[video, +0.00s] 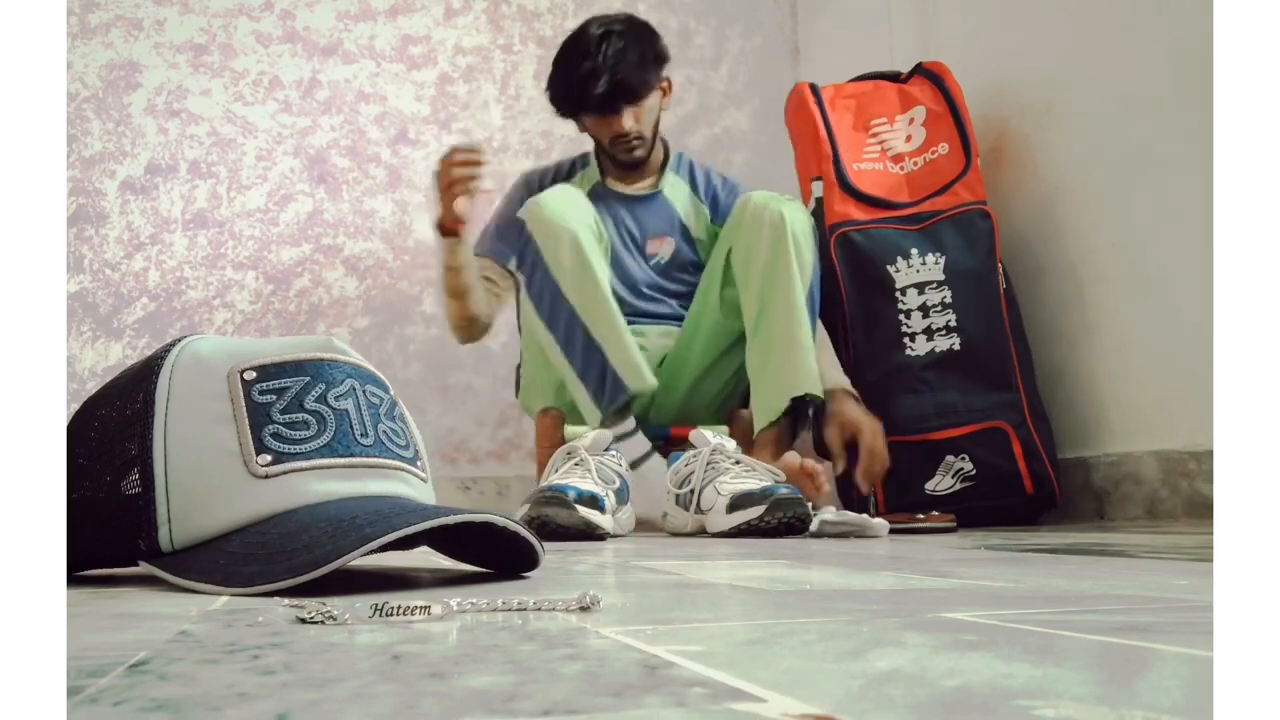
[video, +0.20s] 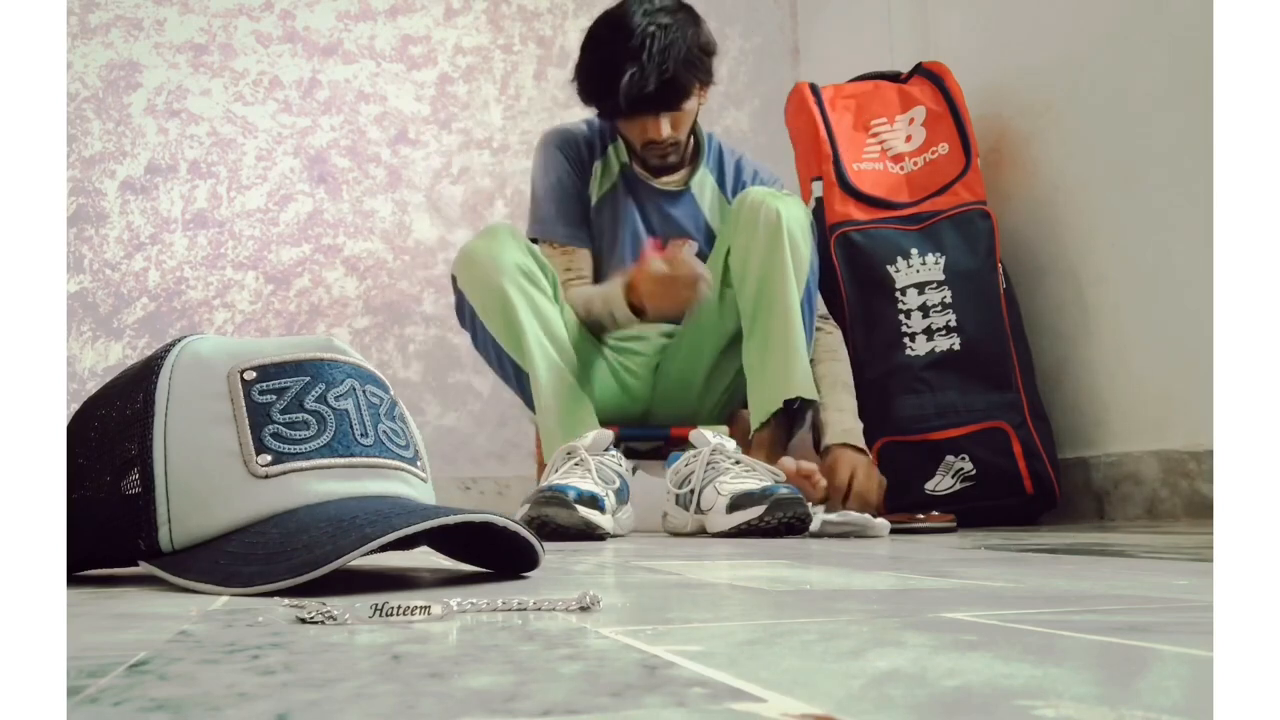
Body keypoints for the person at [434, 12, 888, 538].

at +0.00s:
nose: (624, 127)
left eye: (635, 103)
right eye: (602, 112)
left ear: (664, 92)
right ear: (577, 113)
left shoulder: (710, 192)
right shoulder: (543, 192)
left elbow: (784, 298)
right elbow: (470, 327)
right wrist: (455, 238)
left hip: (701, 383)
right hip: (595, 387)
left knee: (775, 214)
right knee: (552, 210)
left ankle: (766, 460)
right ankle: (583, 460)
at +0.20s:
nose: (657, 132)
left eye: (671, 109)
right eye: (636, 113)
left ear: (700, 91)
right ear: (608, 105)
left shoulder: (749, 184)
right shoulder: (569, 154)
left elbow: (817, 326)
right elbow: (565, 302)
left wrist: (844, 440)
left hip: (702, 382)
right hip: (598, 375)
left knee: (772, 208)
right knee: (487, 252)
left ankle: (742, 464)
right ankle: (583, 459)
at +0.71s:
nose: (700, 130)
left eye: (717, 108)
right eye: (677, 109)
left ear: (735, 96)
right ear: (635, 100)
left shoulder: (761, 185)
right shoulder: (581, 173)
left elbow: (813, 314)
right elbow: (621, 328)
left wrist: (844, 389)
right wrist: (745, 395)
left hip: (709, 388)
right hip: (610, 383)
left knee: (768, 203)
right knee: (510, 247)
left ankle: (727, 459)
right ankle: (587, 459)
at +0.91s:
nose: (725, 137)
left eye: (742, 117)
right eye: (706, 117)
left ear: (762, 104)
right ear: (656, 97)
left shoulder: (773, 188)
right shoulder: (594, 168)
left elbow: (817, 323)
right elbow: (628, 325)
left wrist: (858, 412)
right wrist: (758, 401)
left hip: (716, 389)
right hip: (613, 383)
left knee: (772, 207)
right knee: (515, 244)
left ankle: (723, 460)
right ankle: (588, 456)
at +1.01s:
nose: (730, 138)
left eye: (747, 119)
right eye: (709, 116)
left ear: (766, 106)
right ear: (663, 96)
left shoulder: (774, 189)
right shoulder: (599, 170)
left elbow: (819, 326)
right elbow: (639, 332)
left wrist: (857, 417)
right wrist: (772, 411)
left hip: (717, 388)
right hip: (615, 382)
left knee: (773, 207)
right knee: (518, 243)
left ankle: (723, 457)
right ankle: (591, 454)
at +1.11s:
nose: (734, 136)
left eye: (751, 117)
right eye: (714, 115)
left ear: (773, 107)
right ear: (666, 93)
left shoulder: (777, 187)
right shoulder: (602, 167)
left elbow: (818, 326)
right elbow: (636, 330)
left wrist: (863, 431)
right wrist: (754, 415)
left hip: (717, 389)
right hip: (617, 382)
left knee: (776, 206)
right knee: (517, 244)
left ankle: (727, 459)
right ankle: (589, 454)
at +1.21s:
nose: (734, 135)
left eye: (752, 115)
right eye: (715, 112)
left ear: (771, 103)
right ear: (666, 94)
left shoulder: (778, 189)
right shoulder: (604, 169)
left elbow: (819, 328)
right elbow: (643, 335)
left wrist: (859, 426)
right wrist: (770, 427)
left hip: (717, 388)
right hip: (616, 382)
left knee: (778, 209)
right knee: (518, 244)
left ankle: (725, 458)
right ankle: (591, 455)